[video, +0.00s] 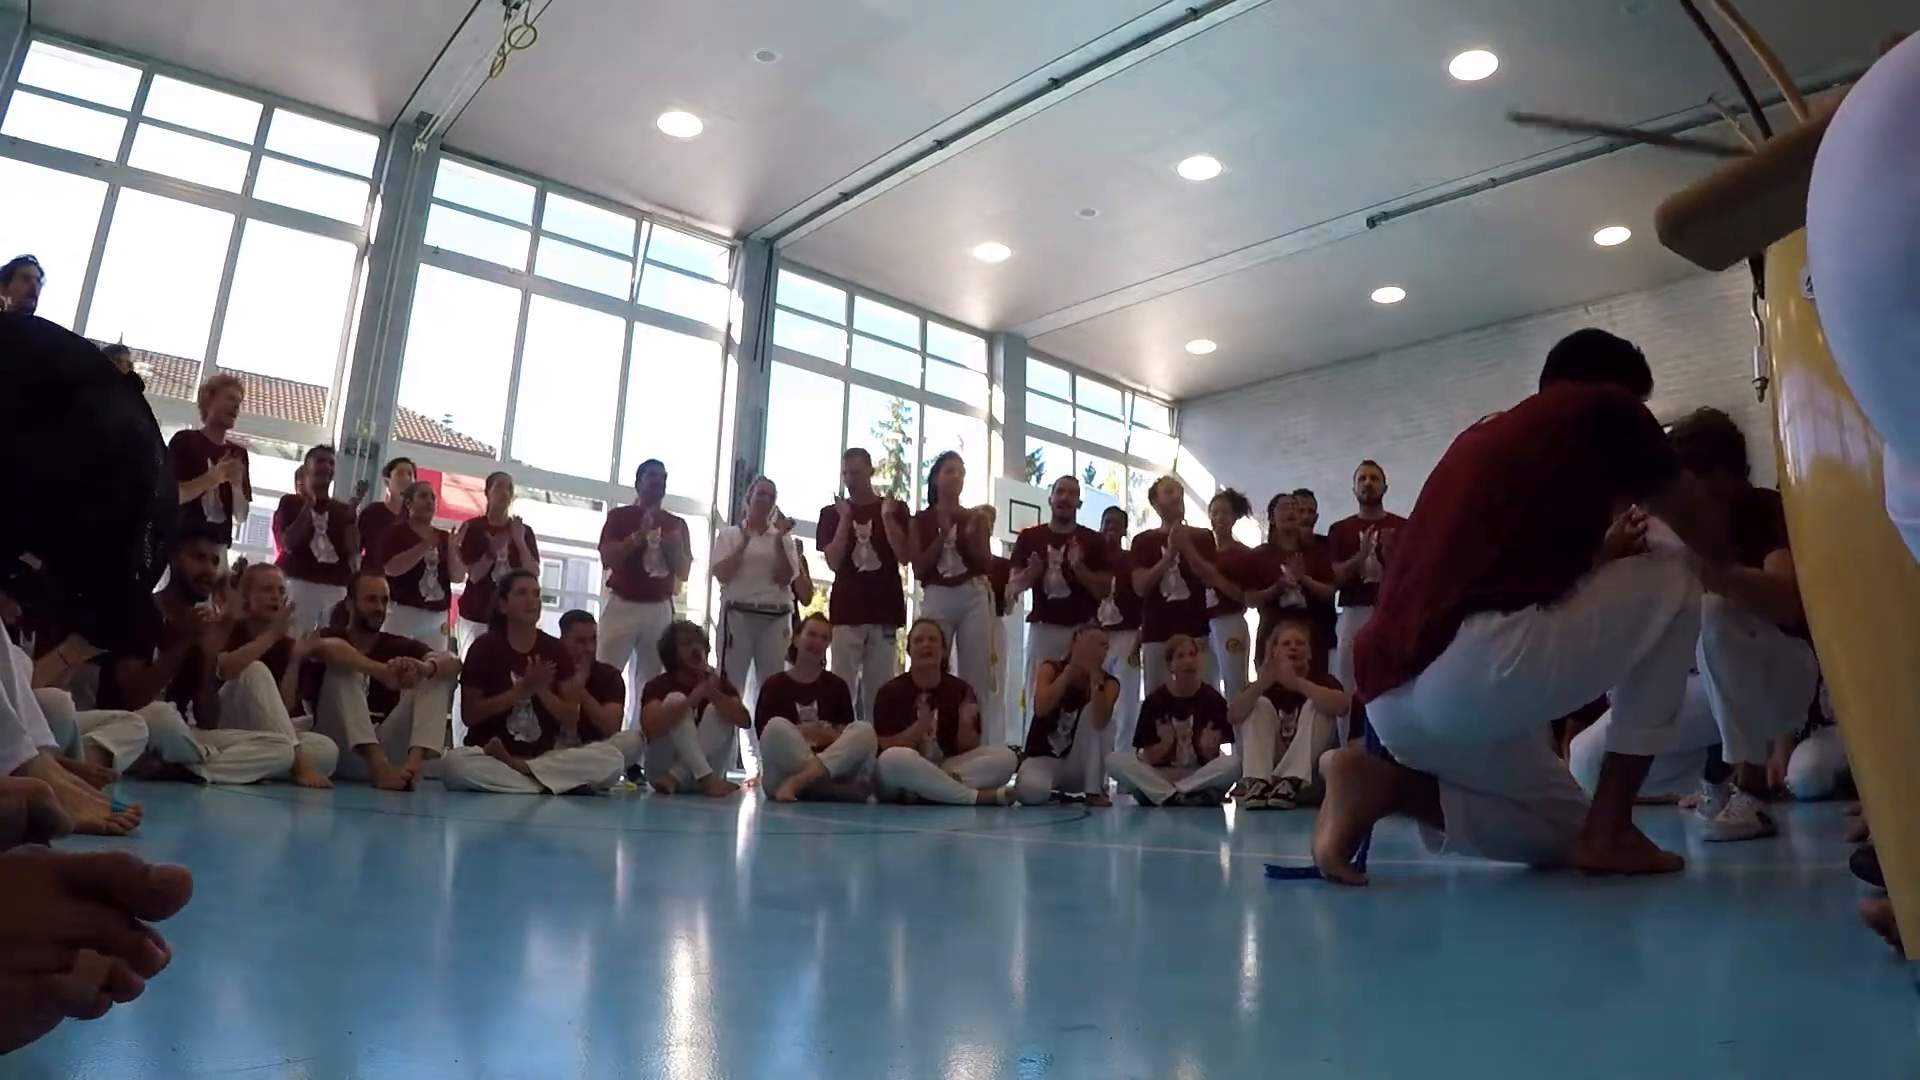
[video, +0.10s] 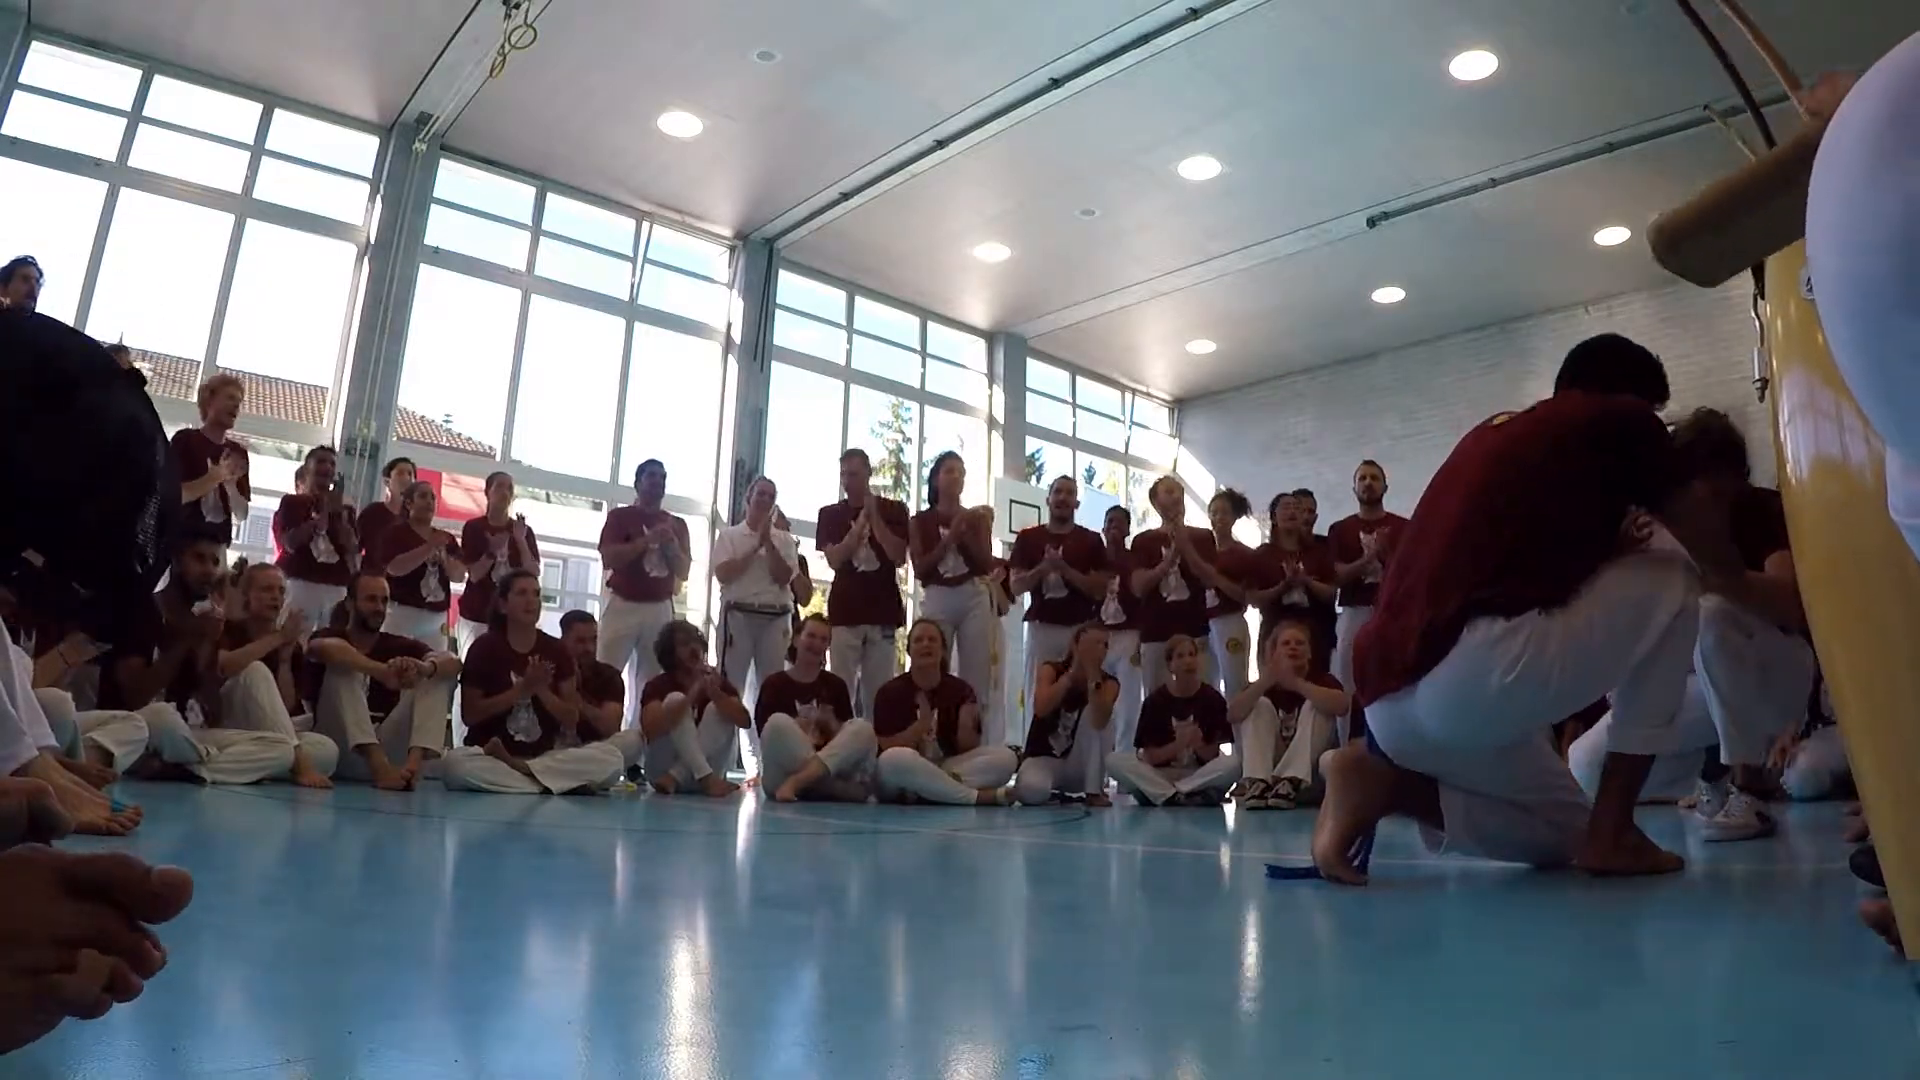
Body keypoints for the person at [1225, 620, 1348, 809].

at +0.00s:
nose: (1293, 648)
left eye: (1300, 644)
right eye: (1286, 644)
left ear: (1310, 651)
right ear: (1274, 651)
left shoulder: (1322, 681)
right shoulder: (1260, 687)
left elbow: (1341, 706)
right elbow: (1233, 717)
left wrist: (1295, 682)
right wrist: (1264, 681)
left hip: (1312, 767)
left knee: (1317, 706)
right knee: (1259, 705)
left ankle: (1289, 781)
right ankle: (1256, 780)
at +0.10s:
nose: (1293, 648)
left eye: (1300, 643)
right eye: (1285, 643)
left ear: (1309, 652)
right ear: (1273, 652)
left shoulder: (1322, 681)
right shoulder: (1258, 688)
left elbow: (1341, 706)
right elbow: (1233, 716)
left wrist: (1293, 682)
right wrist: (1268, 679)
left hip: (1311, 767)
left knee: (1317, 706)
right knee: (1259, 705)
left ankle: (1289, 781)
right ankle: (1256, 780)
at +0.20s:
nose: (1292, 648)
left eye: (1299, 643)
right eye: (1285, 643)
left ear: (1309, 652)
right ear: (1274, 652)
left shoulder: (1322, 681)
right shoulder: (1258, 688)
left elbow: (1340, 705)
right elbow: (1233, 716)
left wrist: (1293, 684)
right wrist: (1267, 681)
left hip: (1311, 766)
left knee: (1316, 706)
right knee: (1259, 705)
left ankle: (1289, 781)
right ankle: (1256, 780)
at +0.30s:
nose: (1292, 648)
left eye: (1299, 643)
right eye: (1284, 644)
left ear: (1310, 652)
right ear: (1274, 655)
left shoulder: (1322, 681)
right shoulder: (1261, 688)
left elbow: (1340, 706)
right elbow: (1233, 715)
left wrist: (1294, 682)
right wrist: (1265, 680)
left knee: (1315, 706)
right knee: (1260, 705)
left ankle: (1289, 781)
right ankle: (1256, 781)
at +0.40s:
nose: (1292, 648)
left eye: (1299, 643)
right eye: (1284, 644)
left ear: (1309, 652)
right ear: (1274, 654)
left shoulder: (1323, 681)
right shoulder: (1260, 688)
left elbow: (1340, 706)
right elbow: (1233, 715)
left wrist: (1292, 682)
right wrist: (1266, 680)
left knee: (1314, 707)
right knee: (1260, 705)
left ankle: (1290, 781)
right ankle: (1256, 780)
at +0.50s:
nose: (1292, 648)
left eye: (1299, 643)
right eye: (1284, 644)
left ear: (1309, 652)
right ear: (1272, 654)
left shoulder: (1322, 681)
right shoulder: (1257, 689)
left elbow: (1337, 705)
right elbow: (1235, 713)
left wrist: (1289, 681)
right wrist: (1269, 680)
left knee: (1312, 707)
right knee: (1262, 705)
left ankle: (1289, 781)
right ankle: (1256, 780)